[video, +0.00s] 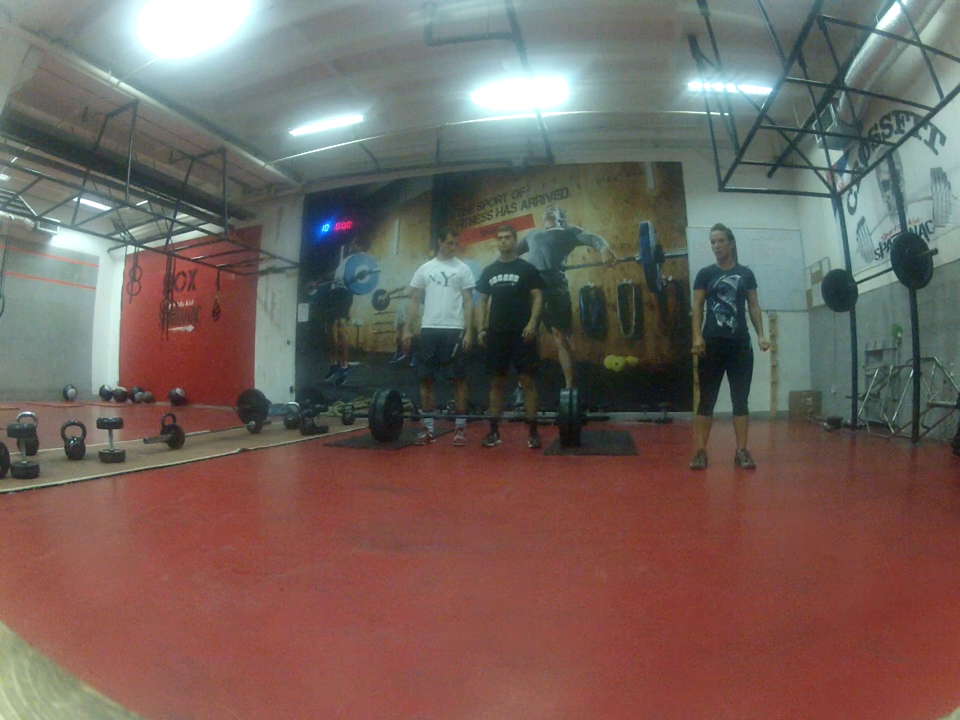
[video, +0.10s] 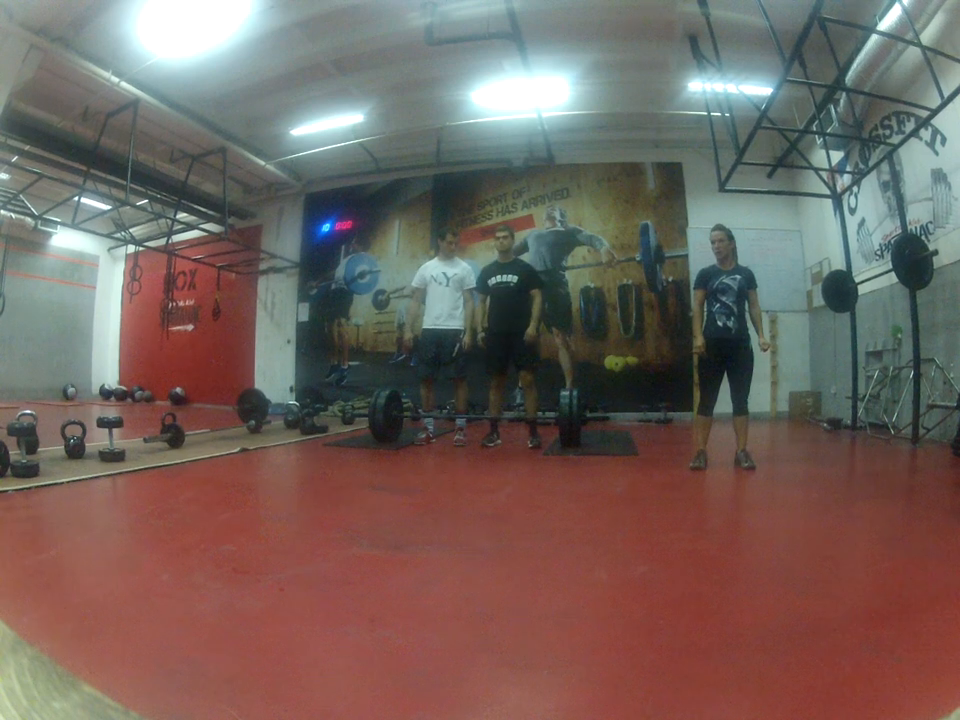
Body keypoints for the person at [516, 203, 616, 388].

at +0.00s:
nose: (549, 219)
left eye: (553, 216)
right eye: (547, 217)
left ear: (562, 220)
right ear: (543, 221)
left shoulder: (569, 232)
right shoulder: (533, 235)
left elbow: (593, 239)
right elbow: (513, 252)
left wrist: (605, 250)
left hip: (555, 286)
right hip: (531, 287)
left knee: (560, 337)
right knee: (527, 337)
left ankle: (569, 388)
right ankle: (524, 387)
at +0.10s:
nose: (549, 220)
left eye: (553, 217)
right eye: (547, 217)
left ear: (562, 220)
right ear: (543, 221)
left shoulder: (569, 232)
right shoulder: (533, 236)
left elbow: (591, 239)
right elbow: (512, 253)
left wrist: (605, 249)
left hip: (555, 286)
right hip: (532, 288)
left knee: (561, 337)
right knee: (528, 338)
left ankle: (569, 388)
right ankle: (524, 390)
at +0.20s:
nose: (550, 220)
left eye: (554, 217)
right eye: (548, 218)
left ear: (563, 221)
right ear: (544, 222)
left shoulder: (570, 233)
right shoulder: (534, 236)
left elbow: (593, 240)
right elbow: (513, 253)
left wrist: (606, 251)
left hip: (556, 287)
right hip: (532, 289)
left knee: (561, 338)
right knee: (529, 339)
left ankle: (569, 389)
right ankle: (523, 389)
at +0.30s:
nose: (551, 222)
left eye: (555, 220)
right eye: (548, 220)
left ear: (564, 223)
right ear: (544, 224)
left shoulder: (570, 234)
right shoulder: (534, 238)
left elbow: (593, 241)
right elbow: (513, 255)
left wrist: (606, 253)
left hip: (556, 287)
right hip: (532, 289)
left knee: (561, 339)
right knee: (527, 339)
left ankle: (569, 390)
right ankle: (523, 390)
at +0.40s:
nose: (551, 222)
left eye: (555, 219)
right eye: (549, 219)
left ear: (564, 223)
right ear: (544, 223)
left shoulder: (570, 235)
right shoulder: (534, 238)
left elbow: (593, 242)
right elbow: (514, 256)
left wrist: (607, 253)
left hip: (556, 288)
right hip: (532, 289)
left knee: (560, 338)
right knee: (529, 339)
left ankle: (569, 391)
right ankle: (523, 391)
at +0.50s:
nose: (551, 221)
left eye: (555, 219)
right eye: (548, 219)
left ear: (564, 222)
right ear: (544, 223)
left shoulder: (570, 234)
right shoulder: (533, 237)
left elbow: (594, 241)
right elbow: (514, 256)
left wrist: (606, 253)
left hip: (556, 287)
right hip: (532, 289)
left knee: (561, 338)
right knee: (529, 338)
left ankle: (570, 390)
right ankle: (523, 390)